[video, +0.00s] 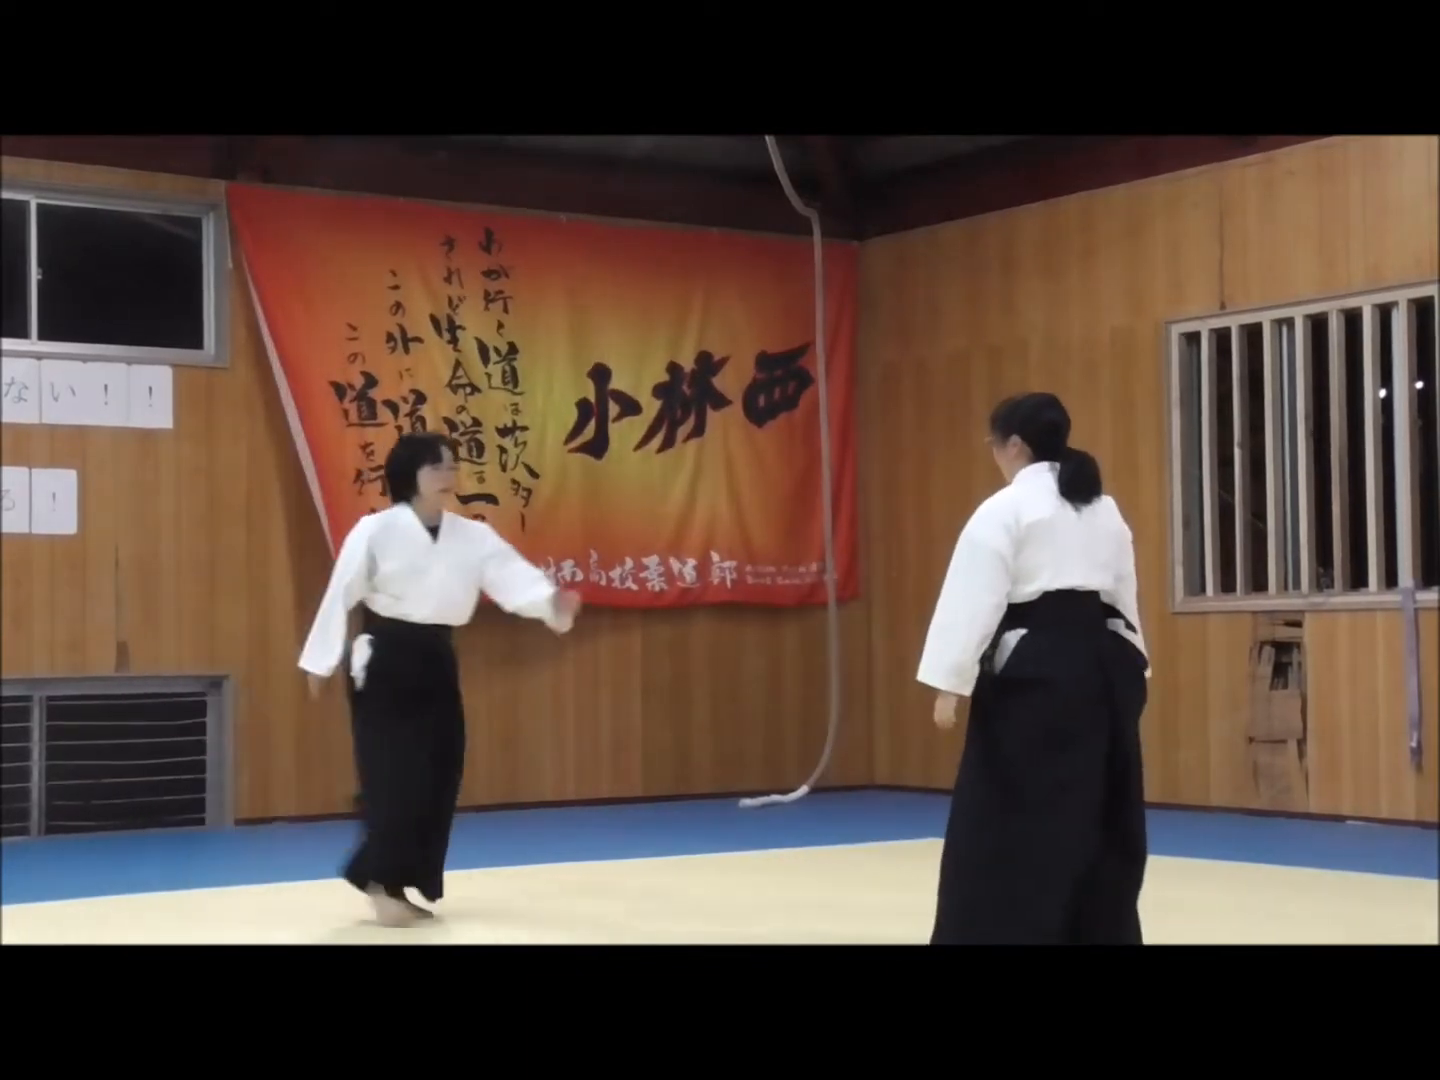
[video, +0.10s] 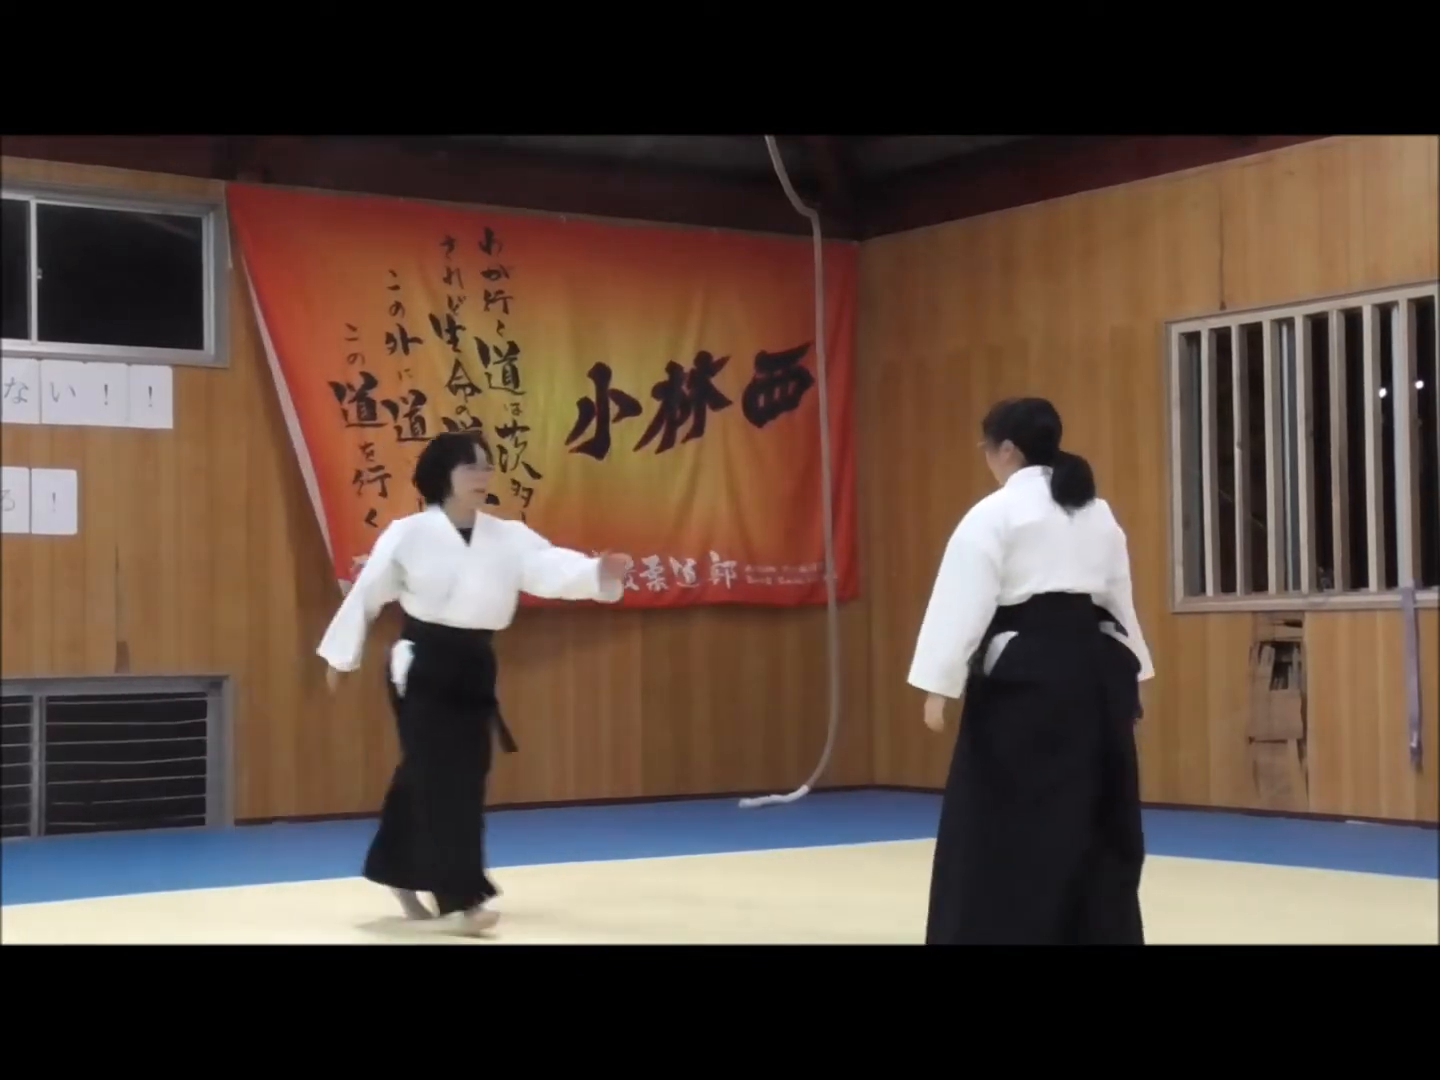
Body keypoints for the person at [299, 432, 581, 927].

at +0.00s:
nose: (449, 473)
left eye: (450, 465)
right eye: (437, 466)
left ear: (451, 474)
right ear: (411, 476)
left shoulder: (472, 535)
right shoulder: (375, 532)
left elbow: (510, 573)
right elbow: (339, 596)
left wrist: (550, 602)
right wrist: (321, 655)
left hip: (437, 657)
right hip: (386, 656)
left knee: (438, 768)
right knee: (396, 767)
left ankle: (396, 881)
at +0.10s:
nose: (484, 474)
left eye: (487, 466)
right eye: (472, 466)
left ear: (489, 475)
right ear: (444, 476)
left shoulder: (505, 535)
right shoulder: (408, 534)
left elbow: (546, 566)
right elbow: (365, 593)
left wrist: (596, 571)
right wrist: (340, 649)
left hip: (476, 661)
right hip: (424, 660)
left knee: (448, 771)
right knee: (448, 772)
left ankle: (398, 868)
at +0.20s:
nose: (524, 475)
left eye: (524, 466)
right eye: (509, 467)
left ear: (525, 476)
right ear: (481, 479)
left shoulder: (543, 537)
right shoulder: (443, 539)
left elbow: (587, 562)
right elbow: (400, 609)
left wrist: (638, 559)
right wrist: (370, 679)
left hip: (517, 666)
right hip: (462, 666)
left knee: (507, 779)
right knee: (482, 778)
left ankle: (439, 862)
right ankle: (494, 908)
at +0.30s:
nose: (564, 472)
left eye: (564, 462)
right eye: (551, 463)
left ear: (564, 471)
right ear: (523, 474)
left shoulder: (586, 534)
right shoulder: (490, 535)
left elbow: (630, 562)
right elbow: (454, 608)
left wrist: (685, 556)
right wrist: (445, 683)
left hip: (561, 669)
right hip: (504, 669)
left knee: (585, 775)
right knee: (509, 788)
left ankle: (548, 895)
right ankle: (501, 912)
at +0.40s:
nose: (615, 468)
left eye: (616, 457)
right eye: (603, 458)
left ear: (617, 465)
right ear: (574, 467)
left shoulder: (636, 530)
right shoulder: (541, 526)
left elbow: (680, 563)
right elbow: (523, 593)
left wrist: (740, 560)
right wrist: (549, 651)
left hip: (607, 667)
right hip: (547, 663)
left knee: (641, 770)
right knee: (532, 785)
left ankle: (648, 908)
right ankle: (495, 909)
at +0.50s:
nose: (669, 476)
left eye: (669, 465)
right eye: (658, 465)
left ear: (669, 472)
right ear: (626, 474)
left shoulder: (688, 539)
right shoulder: (592, 532)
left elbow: (738, 584)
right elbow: (572, 598)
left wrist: (799, 576)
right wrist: (604, 650)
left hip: (663, 675)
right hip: (605, 675)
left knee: (687, 788)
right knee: (609, 795)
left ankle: (658, 923)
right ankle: (553, 875)